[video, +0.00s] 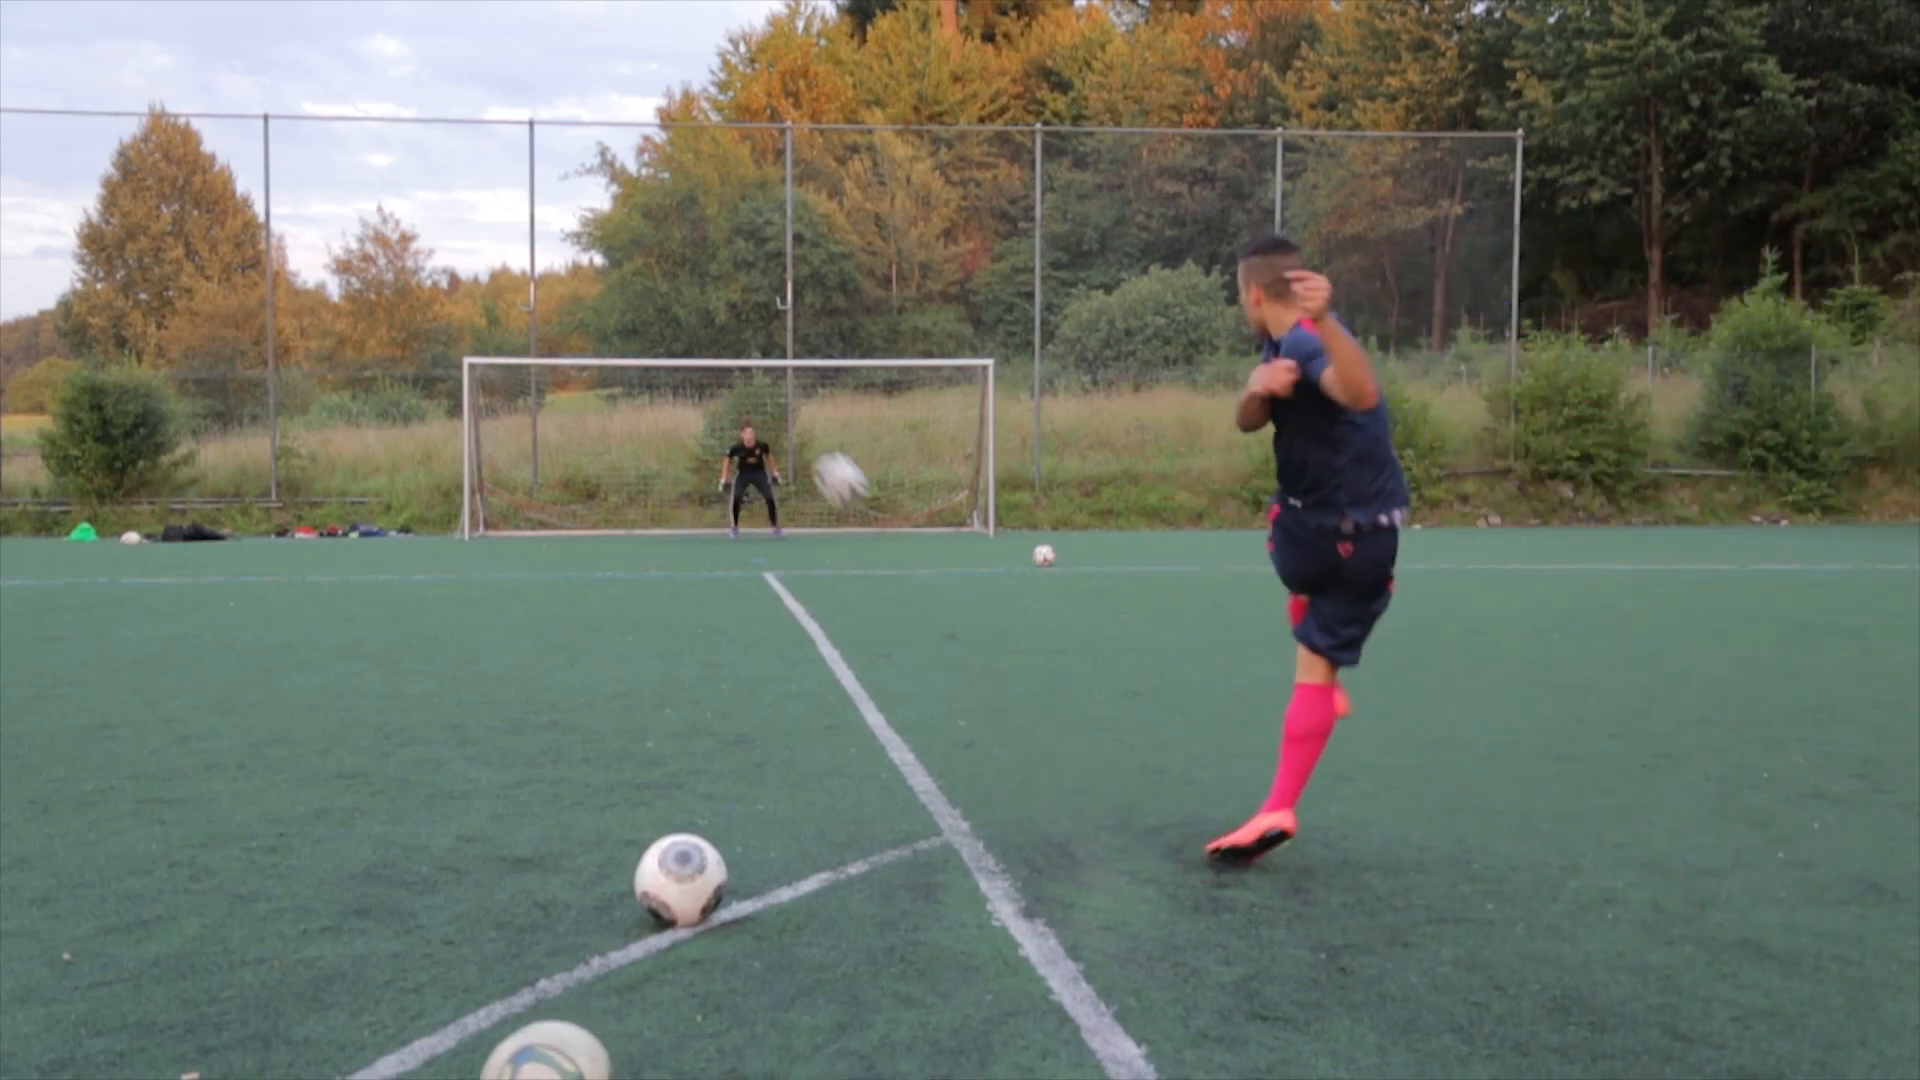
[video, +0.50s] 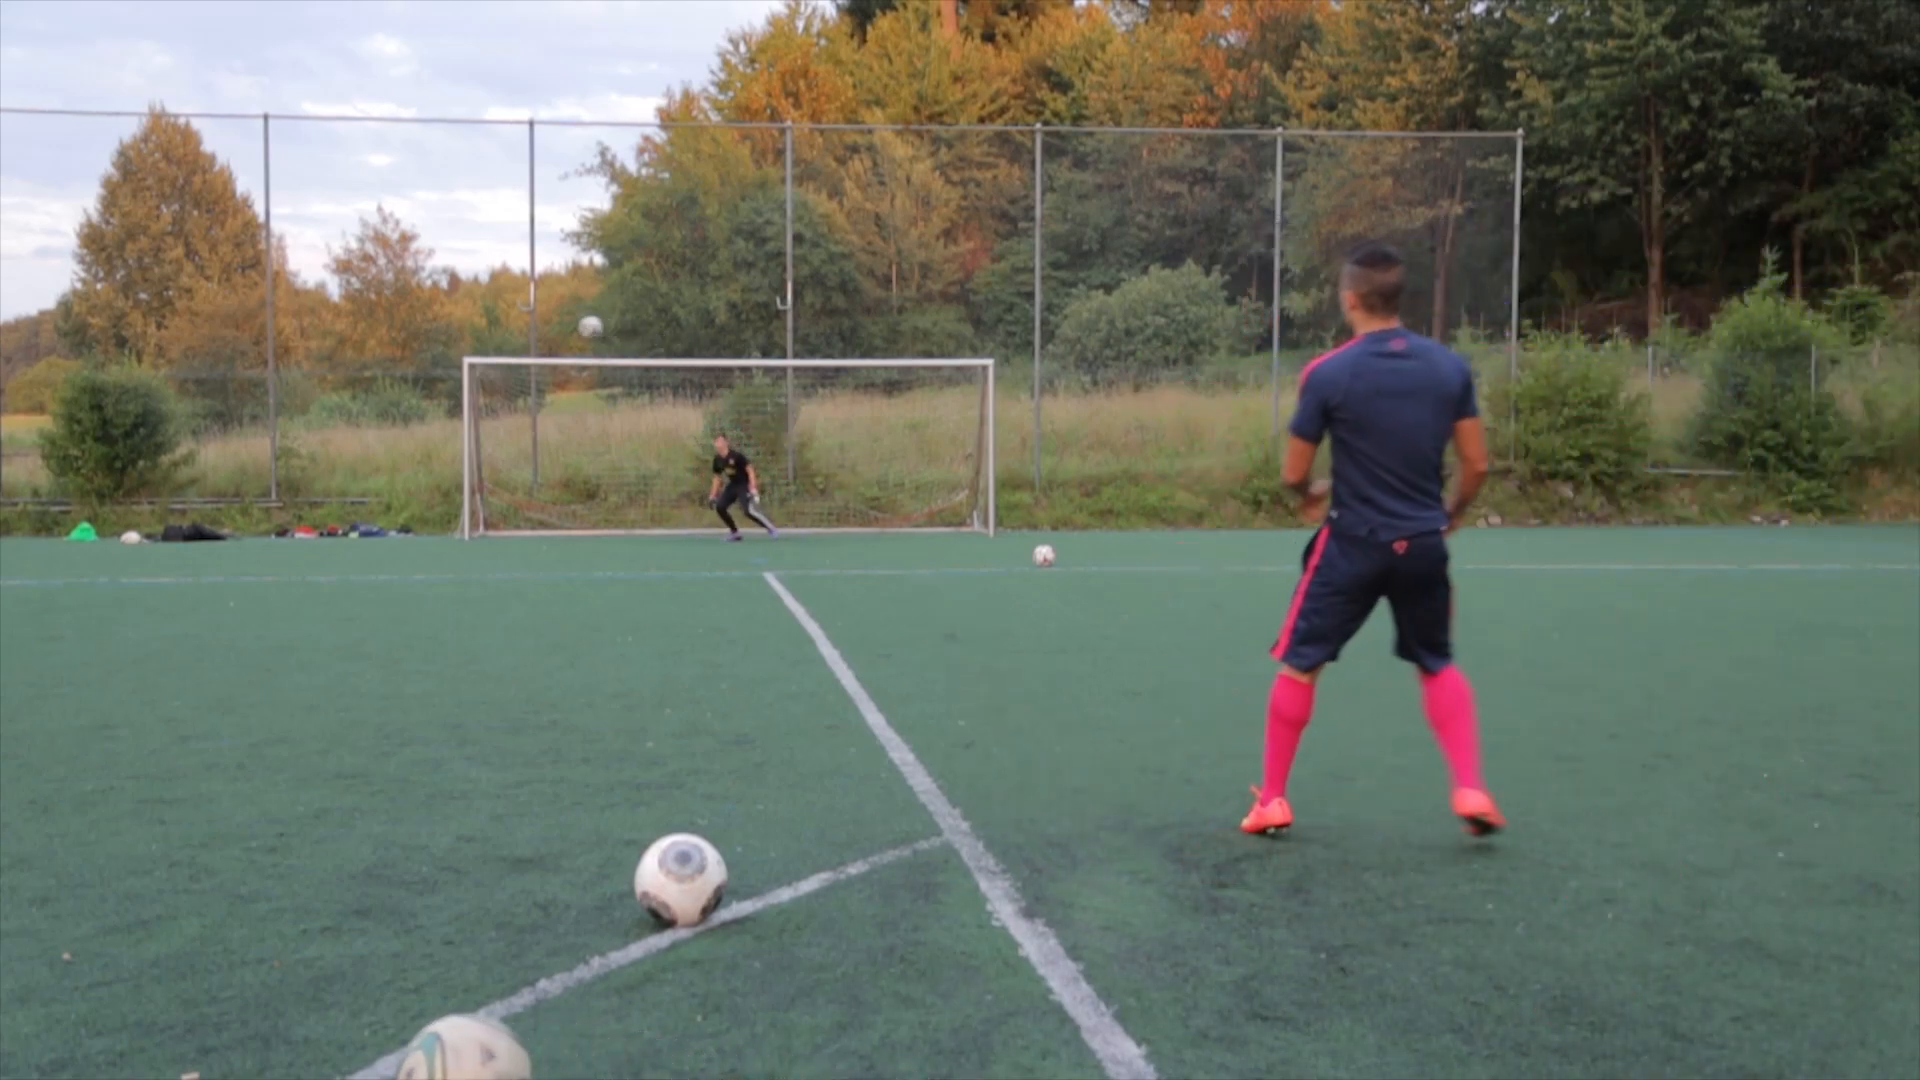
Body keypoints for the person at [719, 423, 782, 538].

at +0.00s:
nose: (749, 437)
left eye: (751, 434)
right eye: (747, 434)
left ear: (754, 436)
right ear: (742, 435)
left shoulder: (762, 447)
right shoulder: (736, 449)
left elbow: (770, 459)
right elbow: (727, 461)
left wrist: (775, 472)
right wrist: (724, 478)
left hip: (759, 476)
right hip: (743, 476)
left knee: (770, 499)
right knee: (736, 499)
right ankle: (734, 527)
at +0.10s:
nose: (755, 447)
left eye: (757, 444)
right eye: (753, 444)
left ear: (760, 444)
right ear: (748, 445)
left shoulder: (768, 454)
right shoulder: (742, 457)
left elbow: (775, 468)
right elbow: (733, 468)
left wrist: (783, 482)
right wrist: (729, 484)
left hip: (765, 483)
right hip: (749, 484)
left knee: (779, 504)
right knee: (743, 505)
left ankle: (795, 530)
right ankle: (746, 532)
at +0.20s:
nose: (756, 458)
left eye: (758, 455)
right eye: (753, 455)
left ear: (762, 454)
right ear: (750, 455)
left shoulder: (770, 463)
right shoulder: (745, 465)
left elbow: (779, 477)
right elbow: (737, 478)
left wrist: (787, 492)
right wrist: (733, 495)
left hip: (767, 490)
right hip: (751, 490)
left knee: (782, 509)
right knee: (742, 506)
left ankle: (795, 532)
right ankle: (745, 533)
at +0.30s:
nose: (747, 461)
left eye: (749, 458)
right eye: (744, 458)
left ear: (753, 456)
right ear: (741, 458)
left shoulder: (763, 465)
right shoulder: (739, 468)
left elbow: (774, 479)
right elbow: (735, 483)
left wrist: (782, 496)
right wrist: (731, 499)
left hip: (762, 492)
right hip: (746, 493)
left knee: (778, 510)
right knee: (733, 508)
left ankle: (794, 533)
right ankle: (737, 534)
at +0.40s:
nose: (732, 455)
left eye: (734, 452)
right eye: (730, 453)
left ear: (739, 451)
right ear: (727, 453)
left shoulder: (749, 461)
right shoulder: (727, 465)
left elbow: (761, 476)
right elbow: (725, 482)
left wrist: (768, 492)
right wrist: (722, 498)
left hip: (753, 491)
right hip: (738, 491)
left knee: (766, 513)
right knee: (726, 507)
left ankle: (788, 531)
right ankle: (736, 534)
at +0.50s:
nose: (719, 446)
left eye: (721, 443)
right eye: (717, 444)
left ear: (727, 443)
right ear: (715, 446)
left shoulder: (736, 456)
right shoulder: (718, 460)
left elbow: (750, 470)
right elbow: (717, 478)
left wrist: (753, 488)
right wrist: (713, 495)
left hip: (744, 485)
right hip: (732, 486)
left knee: (748, 510)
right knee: (720, 507)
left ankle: (772, 530)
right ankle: (735, 533)